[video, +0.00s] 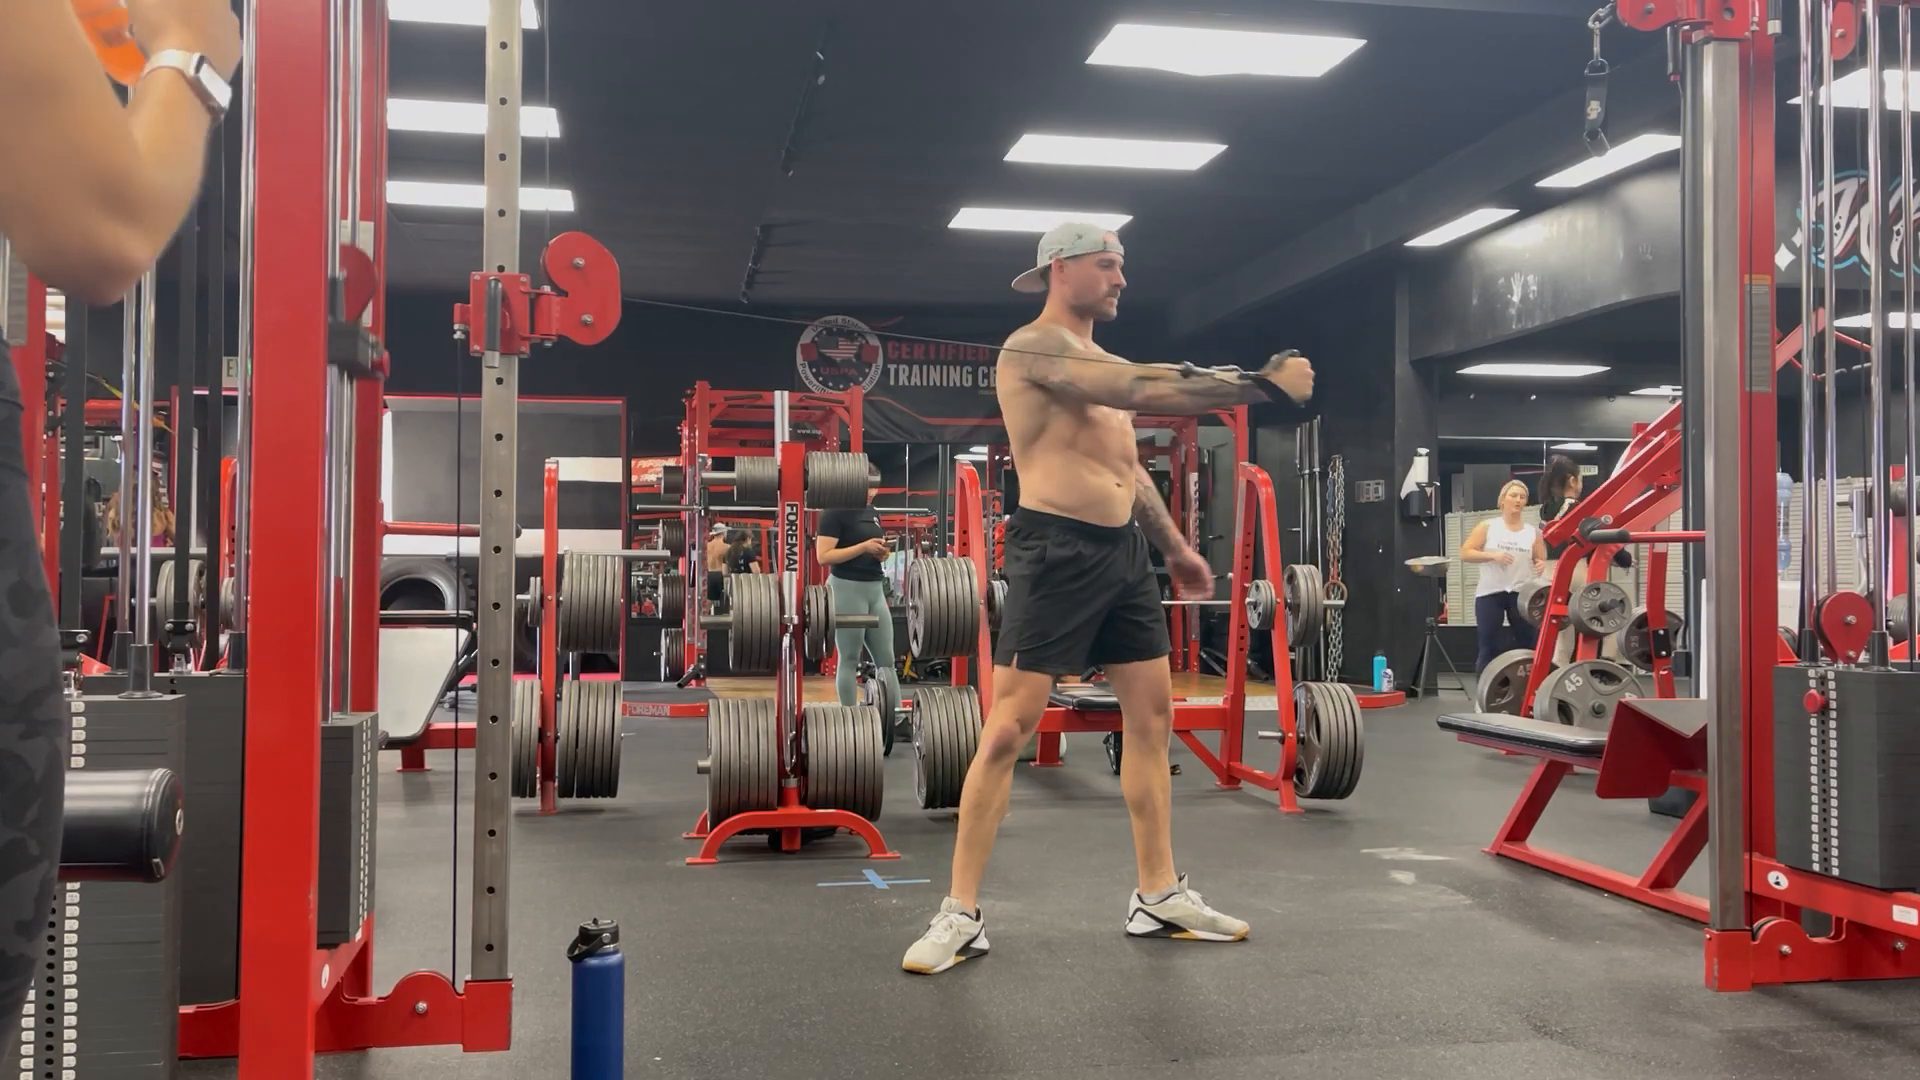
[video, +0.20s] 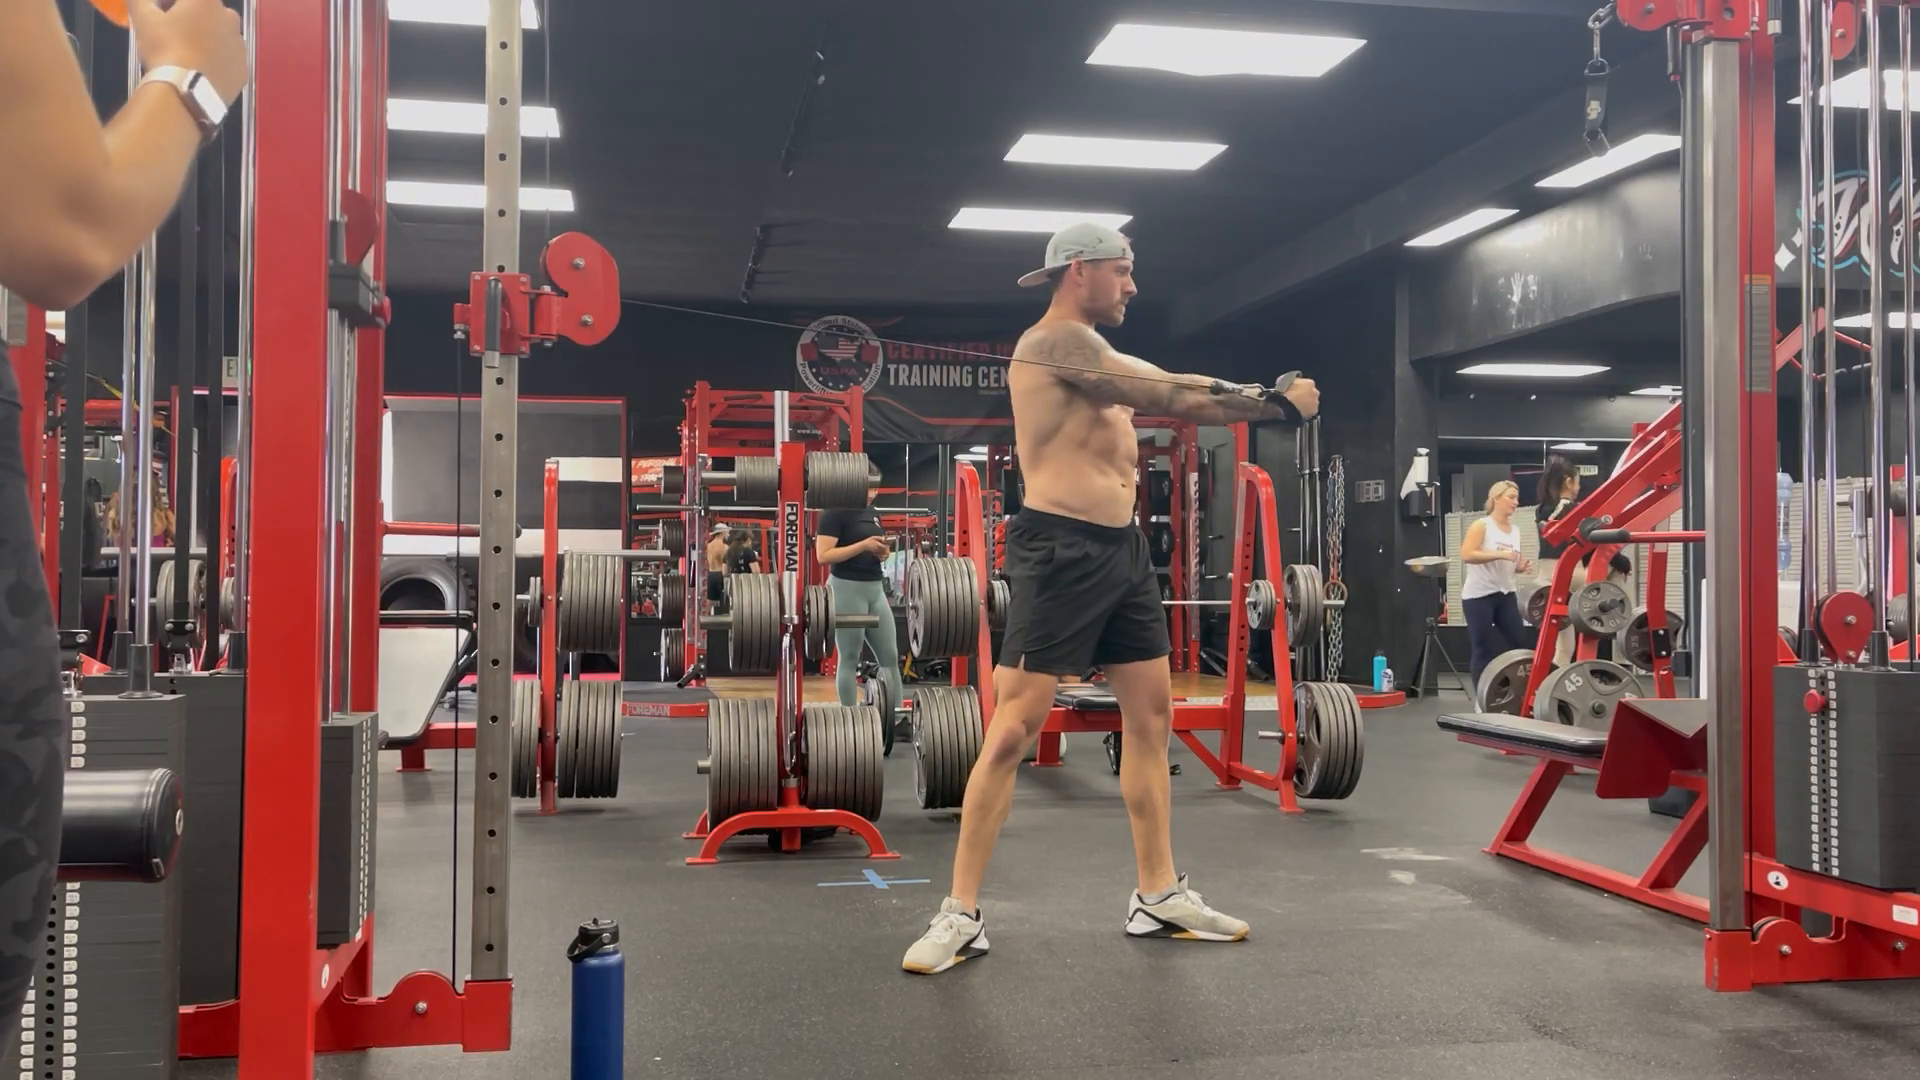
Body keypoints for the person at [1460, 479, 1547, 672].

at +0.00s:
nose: (1518, 500)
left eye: (1522, 497)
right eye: (1514, 495)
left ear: (1525, 502)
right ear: (1503, 499)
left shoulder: (1533, 532)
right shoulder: (1487, 527)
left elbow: (1540, 560)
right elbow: (1465, 553)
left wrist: (1540, 565)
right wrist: (1493, 557)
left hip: (1522, 595)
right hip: (1490, 595)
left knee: (1529, 644)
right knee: (1488, 647)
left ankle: (1529, 692)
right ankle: (1484, 694)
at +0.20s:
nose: (1515, 502)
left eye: (1517, 498)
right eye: (1511, 497)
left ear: (1516, 503)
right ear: (1495, 499)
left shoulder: (1514, 530)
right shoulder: (1480, 525)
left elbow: (1509, 566)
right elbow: (1466, 554)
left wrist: (1521, 566)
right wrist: (1500, 555)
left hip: (1505, 594)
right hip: (1478, 596)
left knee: (1517, 642)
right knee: (1481, 648)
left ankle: (1517, 695)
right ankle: (1481, 698)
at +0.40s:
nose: (1510, 503)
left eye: (1510, 499)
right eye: (1507, 498)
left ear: (1496, 501)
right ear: (1492, 499)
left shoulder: (1498, 526)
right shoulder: (1480, 527)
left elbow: (1492, 557)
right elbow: (1477, 561)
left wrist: (1512, 561)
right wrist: (1510, 558)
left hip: (1492, 594)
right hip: (1474, 597)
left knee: (1495, 646)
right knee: (1480, 647)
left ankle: (1492, 693)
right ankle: (1478, 695)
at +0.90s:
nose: (1494, 505)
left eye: (1494, 501)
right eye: (1491, 501)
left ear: (1475, 504)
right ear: (1479, 504)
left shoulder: (1464, 527)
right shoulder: (1477, 530)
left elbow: (1471, 561)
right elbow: (1483, 563)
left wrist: (1499, 557)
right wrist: (1505, 556)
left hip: (1460, 596)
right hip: (1474, 598)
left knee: (1461, 645)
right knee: (1484, 647)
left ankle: (1458, 695)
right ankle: (1480, 698)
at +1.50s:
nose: (1505, 506)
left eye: (1504, 502)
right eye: (1502, 502)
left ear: (1483, 506)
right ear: (1493, 505)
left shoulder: (1472, 529)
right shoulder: (1495, 531)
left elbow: (1470, 559)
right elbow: (1519, 563)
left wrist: (1507, 562)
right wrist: (1527, 565)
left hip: (1473, 599)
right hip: (1496, 600)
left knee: (1474, 647)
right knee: (1511, 647)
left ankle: (1460, 695)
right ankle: (1509, 696)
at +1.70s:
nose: (1516, 503)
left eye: (1515, 499)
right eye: (1513, 499)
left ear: (1492, 503)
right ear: (1505, 503)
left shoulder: (1482, 530)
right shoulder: (1509, 530)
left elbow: (1497, 560)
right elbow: (1538, 560)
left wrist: (1527, 561)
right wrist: (1541, 565)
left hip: (1484, 600)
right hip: (1505, 601)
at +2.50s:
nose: (1535, 506)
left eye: (1534, 502)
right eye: (1533, 503)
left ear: (1512, 507)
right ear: (1526, 506)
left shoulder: (1504, 531)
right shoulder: (1533, 530)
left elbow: (1500, 561)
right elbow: (1553, 553)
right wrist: (1560, 554)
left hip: (1509, 595)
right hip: (1533, 595)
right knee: (1529, 640)